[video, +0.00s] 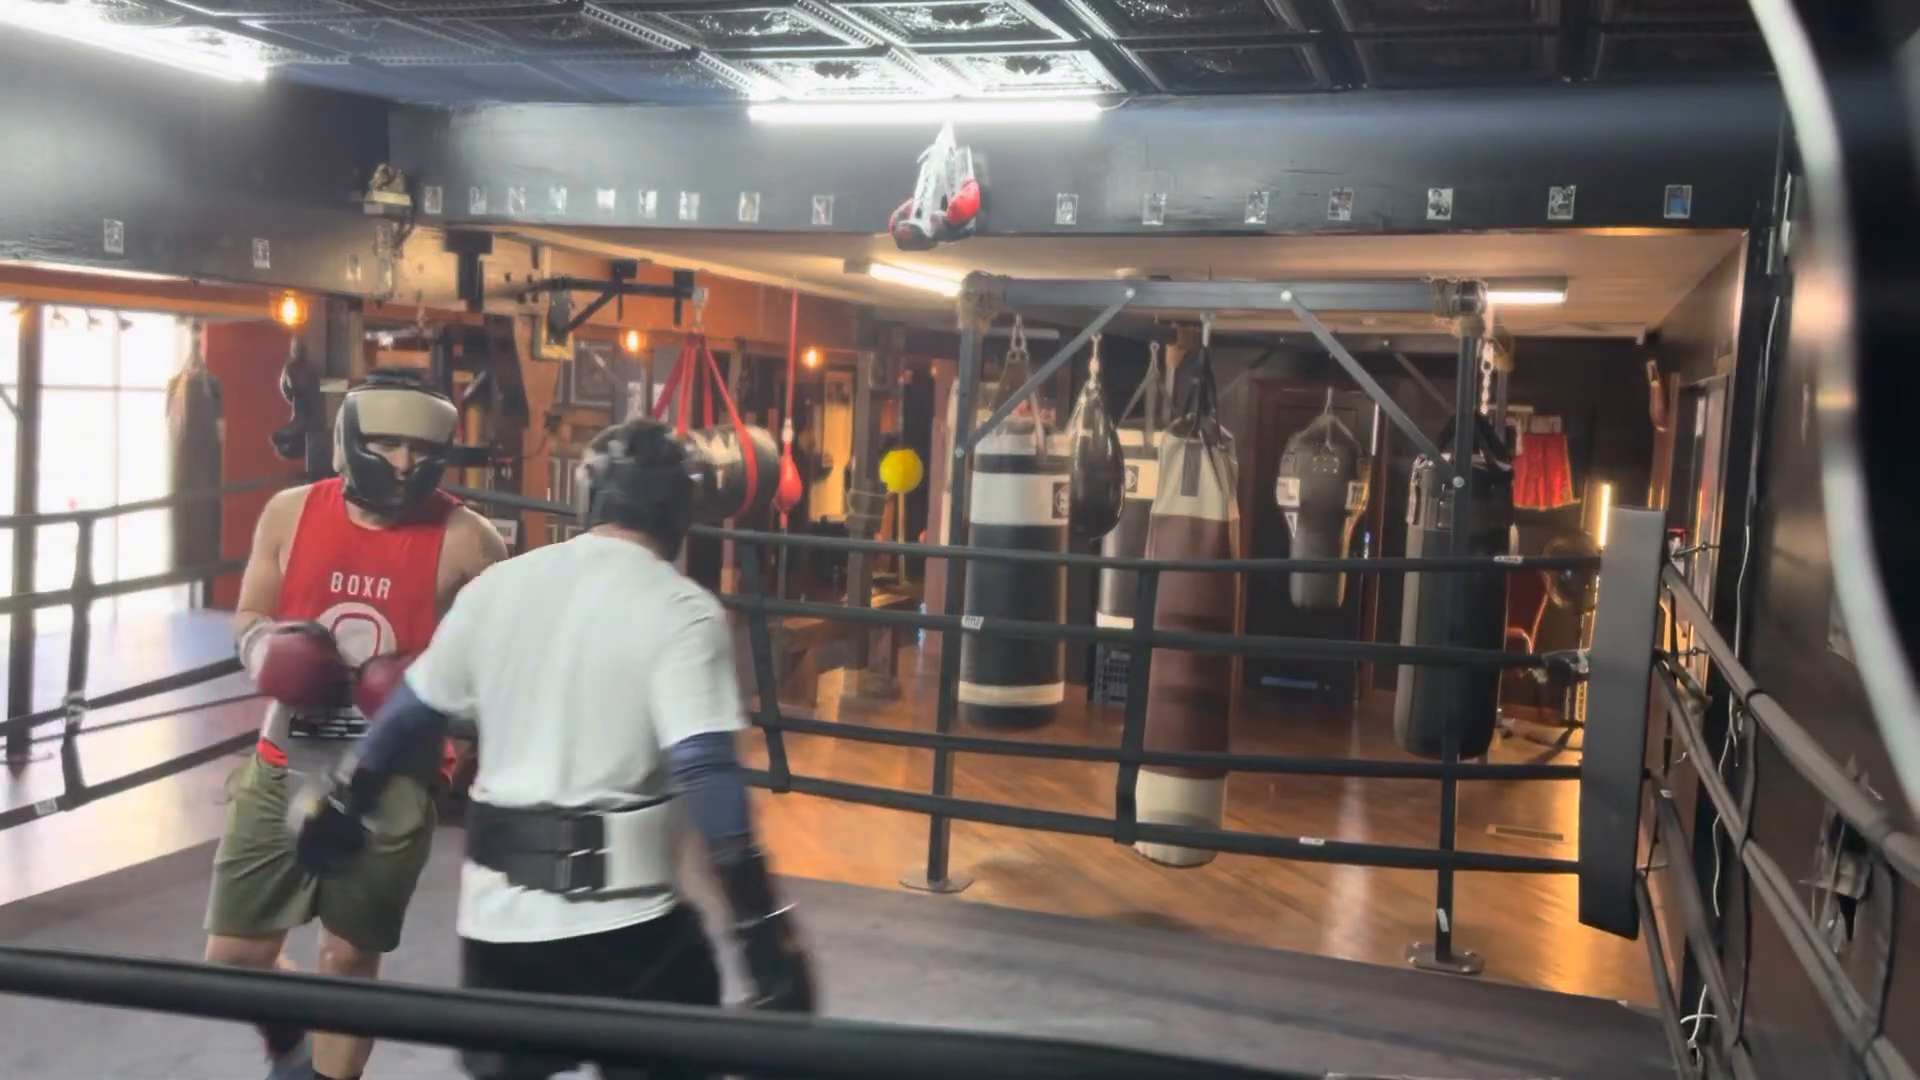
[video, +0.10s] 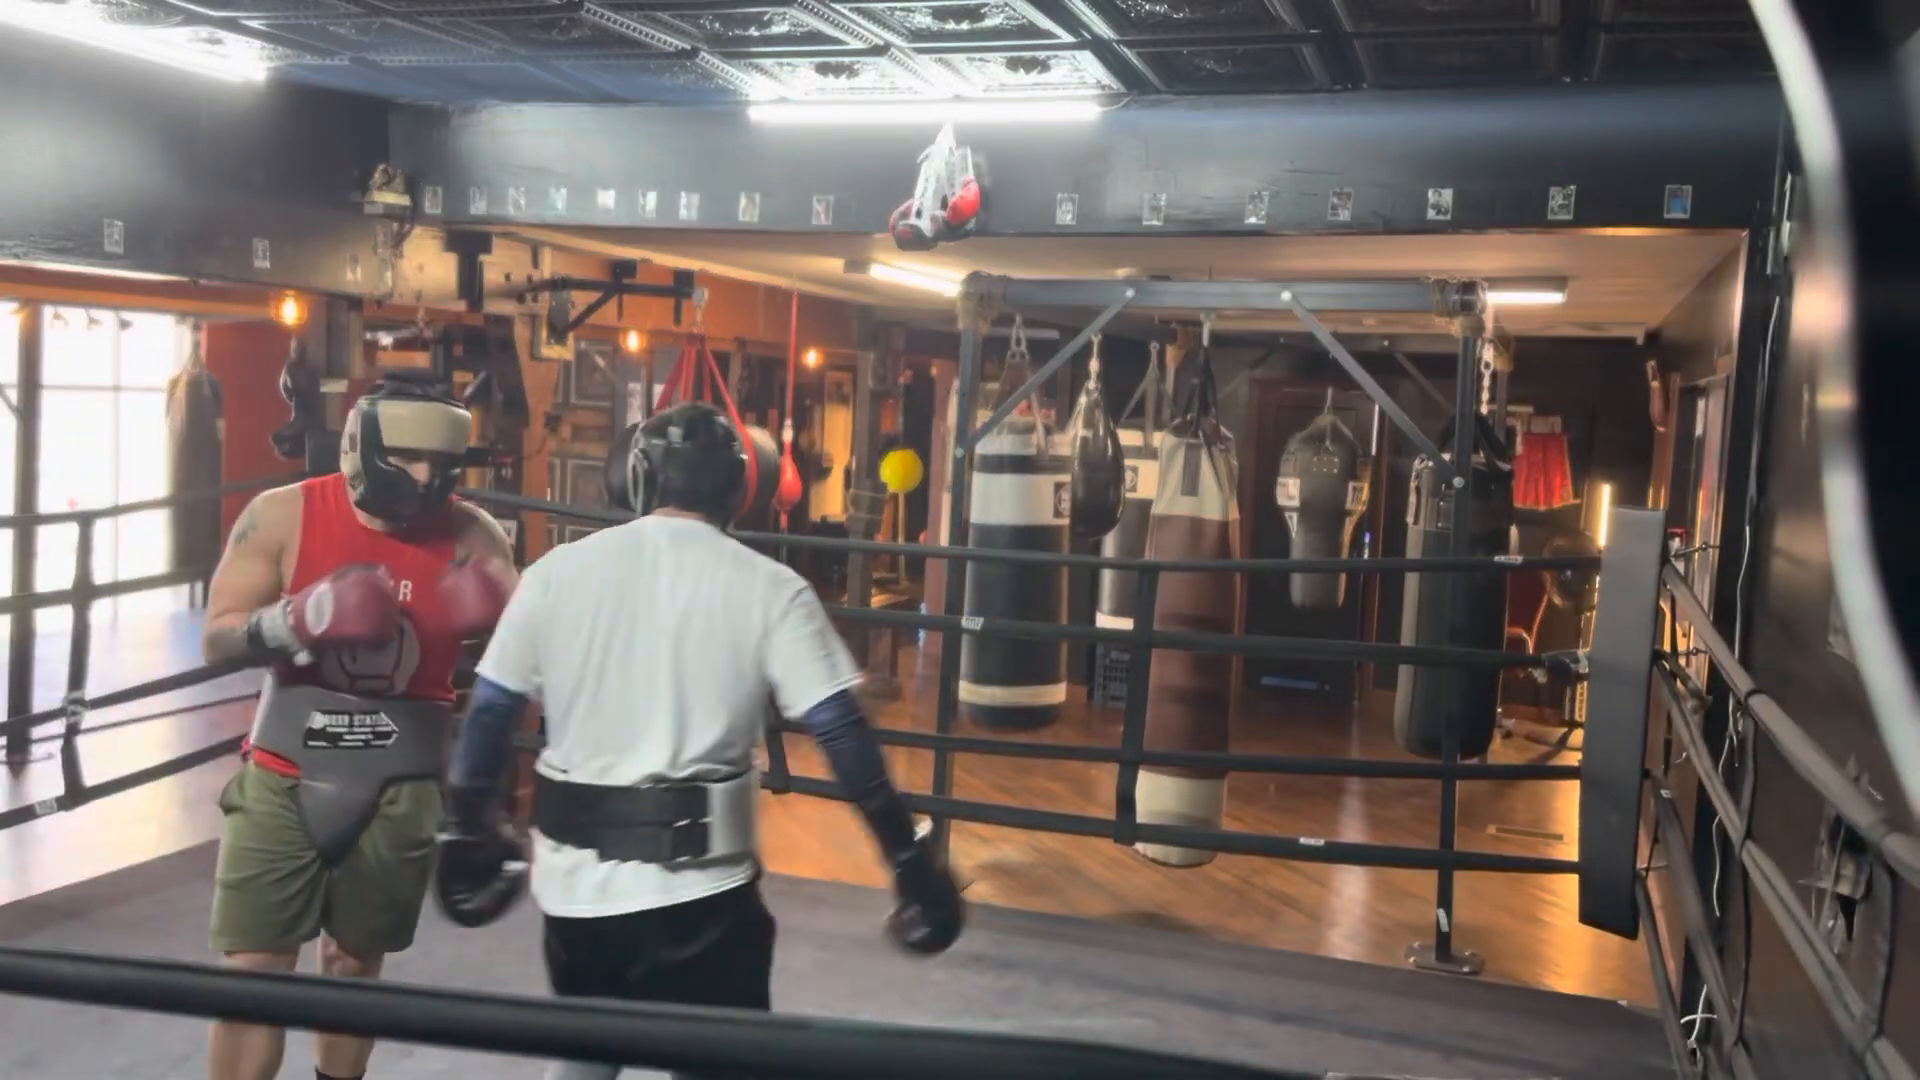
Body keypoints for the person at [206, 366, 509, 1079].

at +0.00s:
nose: (406, 466)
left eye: (424, 452)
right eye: (389, 448)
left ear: (441, 457)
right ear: (351, 446)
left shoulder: (467, 540)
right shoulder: (290, 513)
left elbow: (499, 665)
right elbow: (251, 624)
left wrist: (420, 687)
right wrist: (273, 650)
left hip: (390, 775)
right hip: (281, 763)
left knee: (344, 964)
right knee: (232, 958)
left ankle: (333, 1071)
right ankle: (295, 1040)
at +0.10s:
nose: (430, 482)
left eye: (443, 465)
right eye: (411, 463)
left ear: (455, 464)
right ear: (363, 456)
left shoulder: (474, 536)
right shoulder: (279, 515)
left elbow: (520, 658)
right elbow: (218, 639)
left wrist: (498, 617)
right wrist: (299, 619)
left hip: (400, 784)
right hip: (281, 772)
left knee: (351, 971)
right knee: (250, 978)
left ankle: (339, 1073)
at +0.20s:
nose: (440, 495)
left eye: (451, 479)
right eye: (424, 478)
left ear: (462, 468)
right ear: (374, 461)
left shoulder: (460, 537)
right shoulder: (277, 520)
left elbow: (514, 654)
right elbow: (229, 659)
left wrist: (524, 580)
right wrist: (328, 602)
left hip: (407, 795)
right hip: (288, 793)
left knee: (356, 988)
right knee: (257, 1007)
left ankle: (340, 1075)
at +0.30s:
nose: (428, 505)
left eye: (440, 490)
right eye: (420, 487)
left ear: (450, 489)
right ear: (376, 469)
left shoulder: (430, 542)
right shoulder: (280, 538)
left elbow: (485, 658)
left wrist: (512, 550)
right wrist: (412, 554)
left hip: (414, 816)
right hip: (306, 821)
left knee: (369, 1024)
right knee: (286, 1035)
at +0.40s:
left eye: (448, 485)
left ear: (451, 496)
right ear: (387, 469)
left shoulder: (423, 547)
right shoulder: (295, 548)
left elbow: (476, 659)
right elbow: (399, 665)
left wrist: (502, 552)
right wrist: (462, 555)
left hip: (418, 811)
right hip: (315, 824)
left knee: (419, 1016)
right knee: (311, 1039)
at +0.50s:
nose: (444, 508)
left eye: (462, 496)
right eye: (430, 479)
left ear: (480, 498)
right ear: (405, 466)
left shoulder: (433, 542)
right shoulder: (324, 548)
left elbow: (461, 678)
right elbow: (436, 669)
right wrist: (500, 566)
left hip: (426, 807)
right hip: (333, 824)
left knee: (467, 994)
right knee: (324, 1047)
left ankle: (383, 1073)